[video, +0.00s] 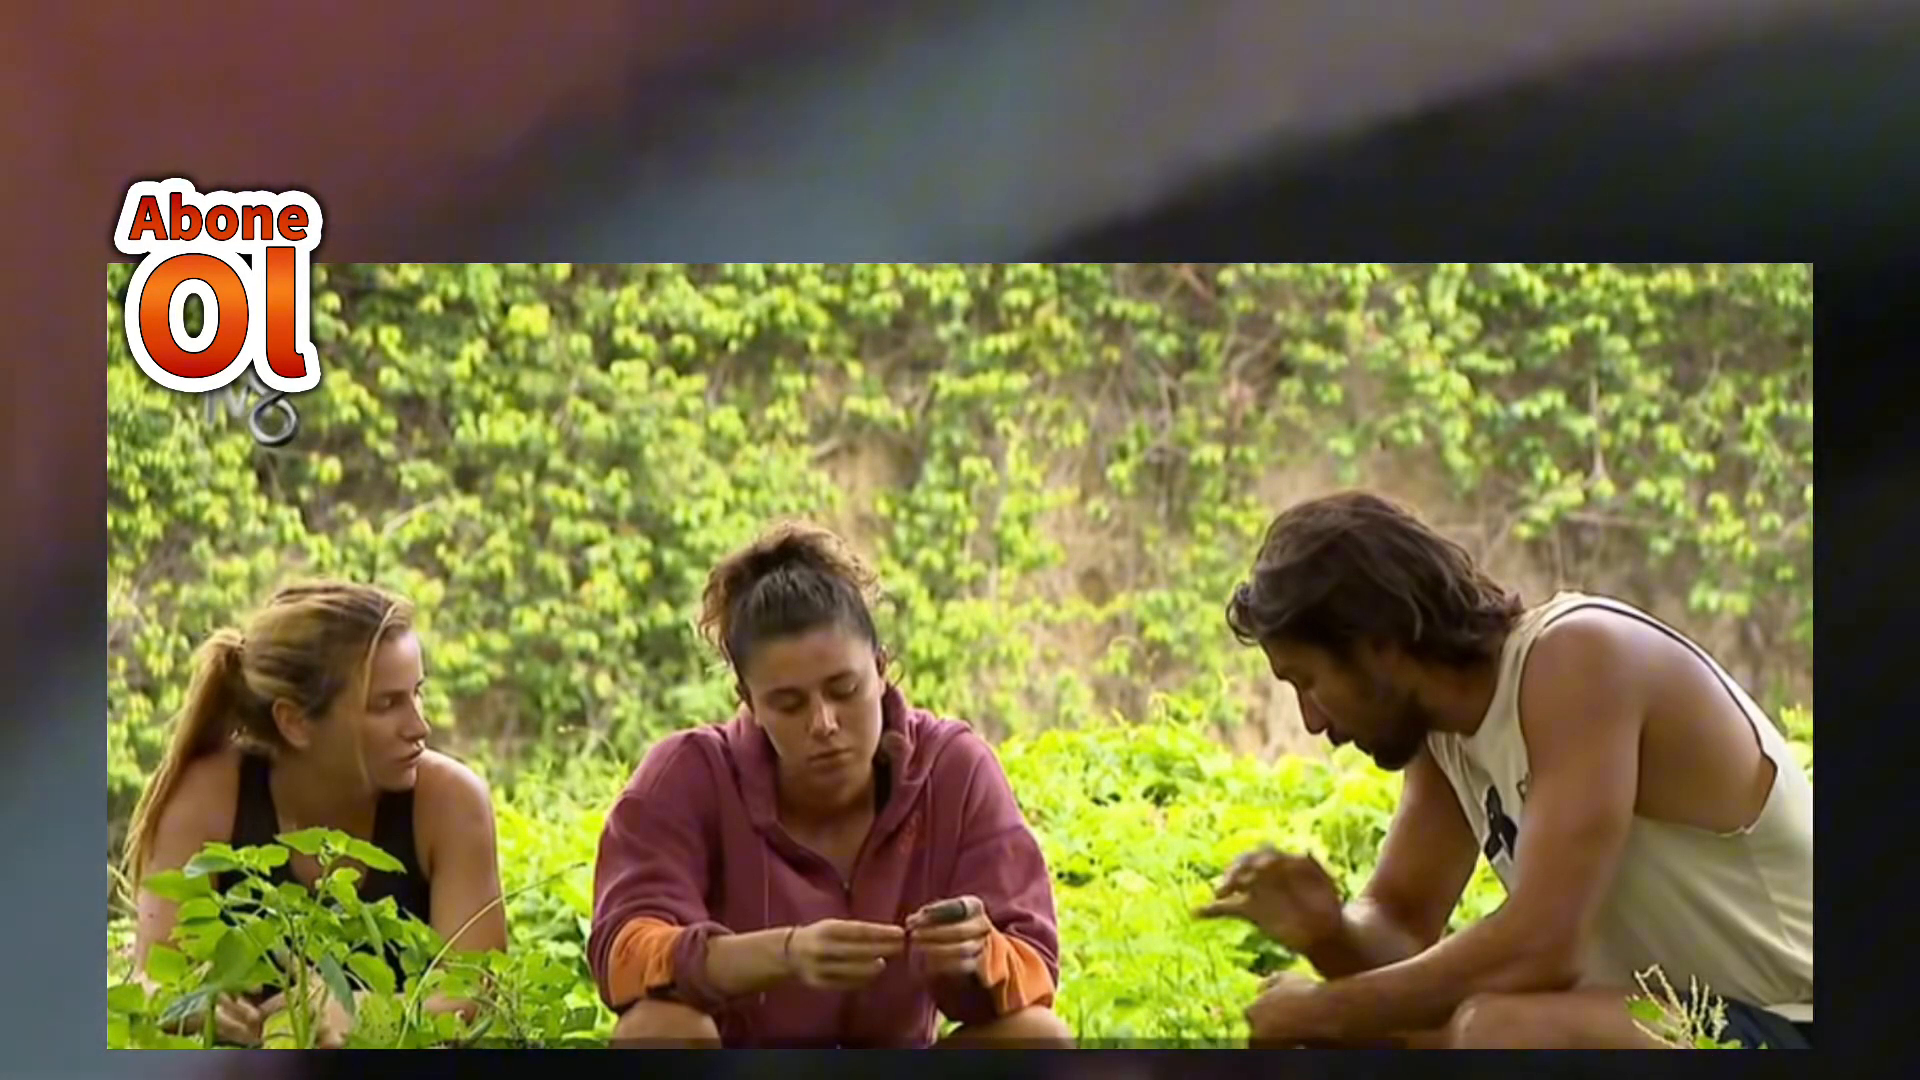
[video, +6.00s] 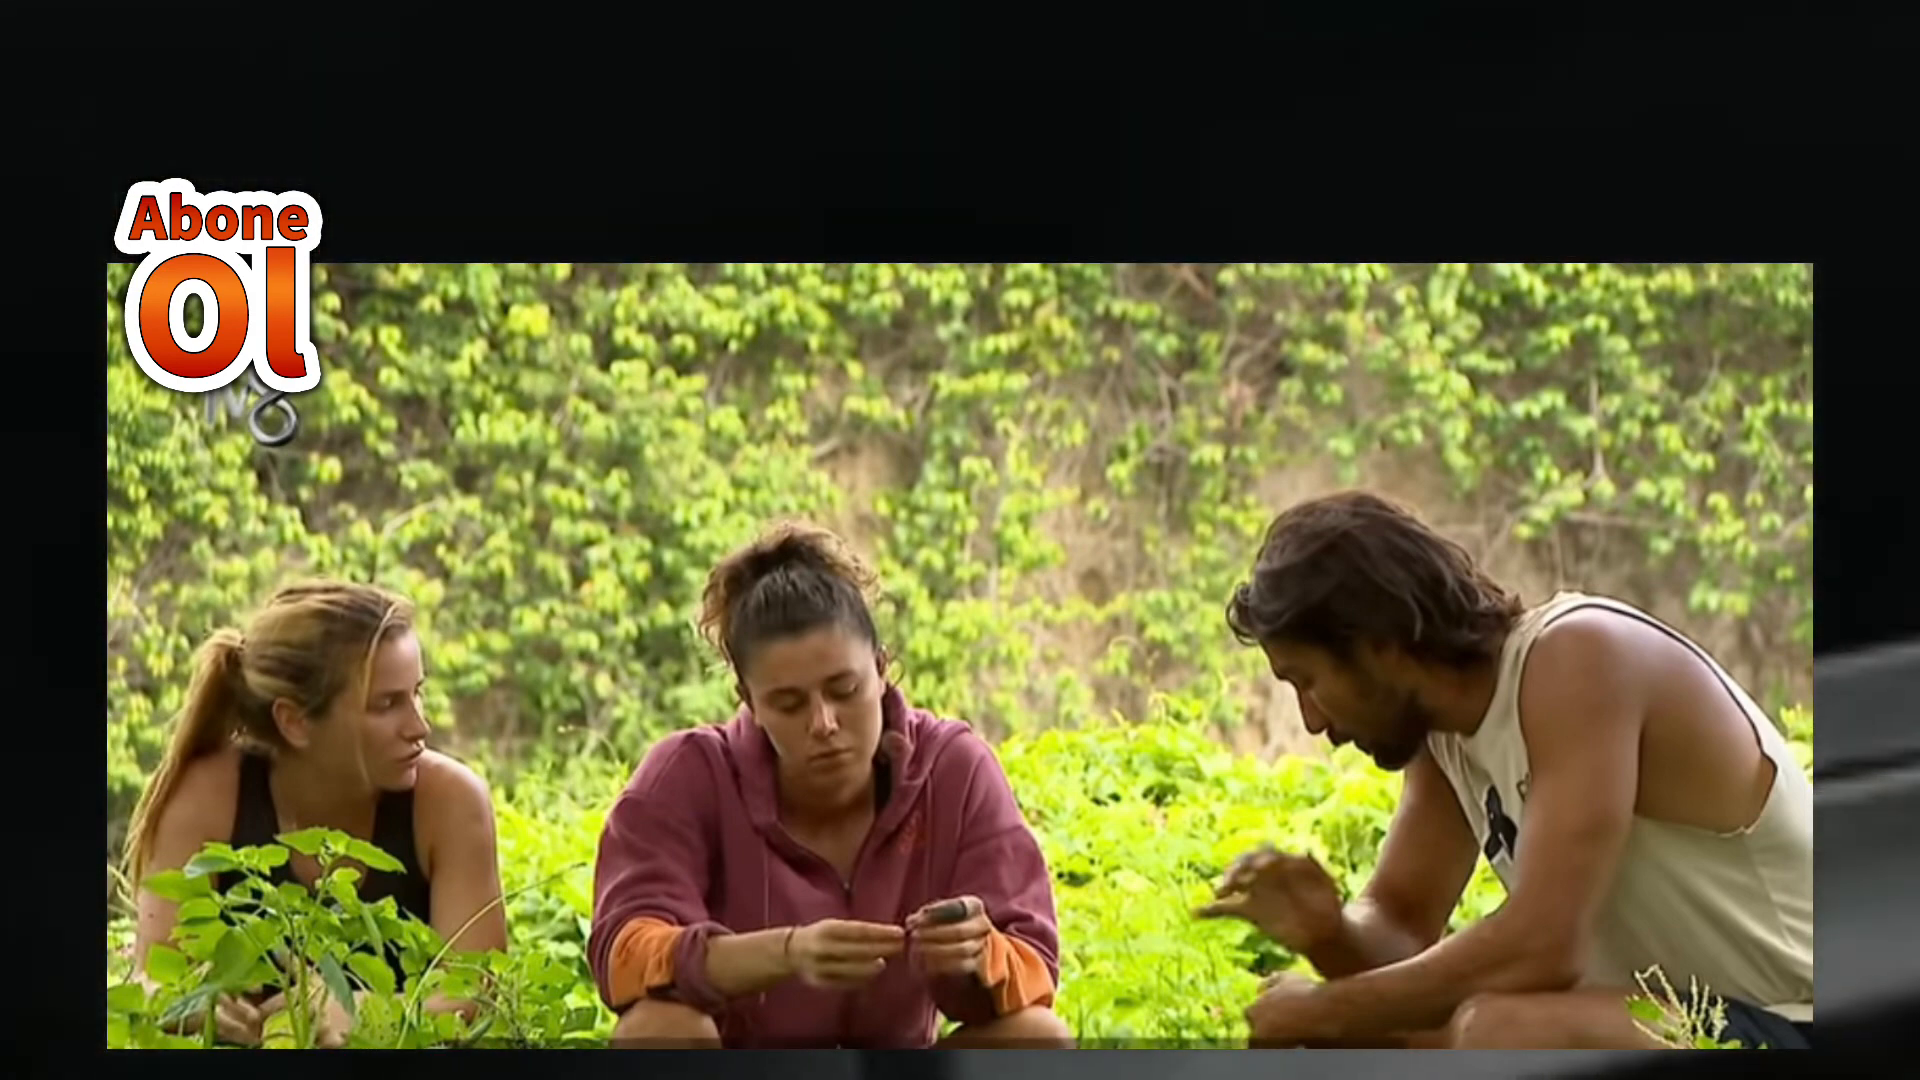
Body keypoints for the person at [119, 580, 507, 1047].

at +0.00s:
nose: (420, 725)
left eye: (417, 695)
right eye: (388, 705)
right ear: (295, 723)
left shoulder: (451, 800)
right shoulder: (206, 793)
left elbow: (470, 1001)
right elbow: (153, 985)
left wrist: (354, 1013)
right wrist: (203, 1009)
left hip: (385, 1068)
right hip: (239, 1068)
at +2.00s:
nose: (420, 725)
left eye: (417, 695)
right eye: (388, 705)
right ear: (295, 722)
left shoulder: (451, 799)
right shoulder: (205, 792)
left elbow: (470, 1000)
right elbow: (153, 983)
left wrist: (355, 1013)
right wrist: (200, 1008)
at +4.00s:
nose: (420, 725)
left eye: (417, 695)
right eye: (388, 705)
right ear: (295, 723)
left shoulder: (451, 799)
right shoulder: (205, 792)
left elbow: (470, 1002)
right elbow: (153, 984)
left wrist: (354, 1013)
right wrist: (198, 1008)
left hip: (384, 1069)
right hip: (237, 1066)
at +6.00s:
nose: (420, 725)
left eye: (417, 695)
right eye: (388, 705)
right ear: (295, 722)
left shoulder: (451, 799)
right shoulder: (205, 792)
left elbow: (470, 1001)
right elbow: (152, 984)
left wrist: (354, 1013)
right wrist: (200, 1009)